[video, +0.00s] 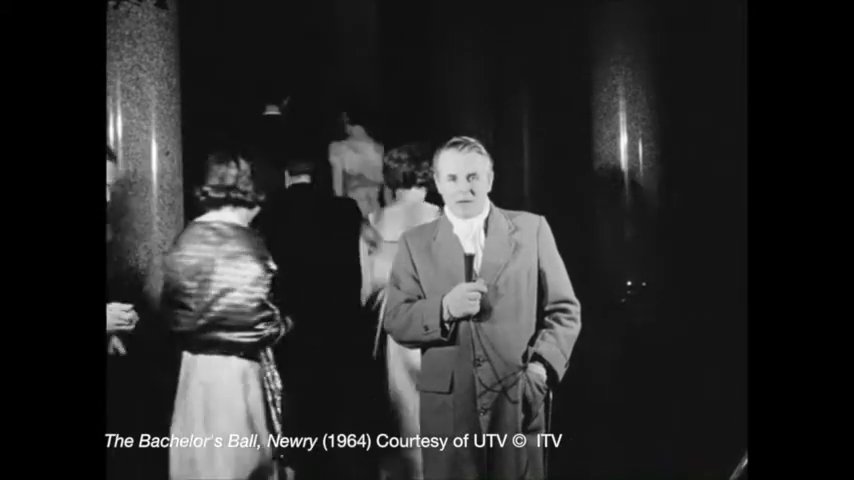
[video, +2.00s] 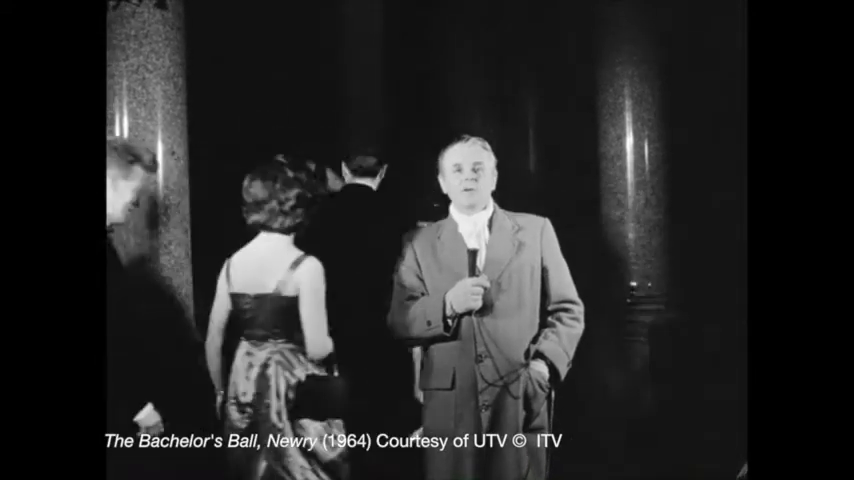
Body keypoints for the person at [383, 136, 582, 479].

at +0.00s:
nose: (463, 188)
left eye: (473, 177)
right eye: (452, 178)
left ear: (490, 180)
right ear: (437, 184)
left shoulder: (532, 229)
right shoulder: (414, 242)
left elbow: (563, 309)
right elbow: (396, 318)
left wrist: (542, 366)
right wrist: (443, 309)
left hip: (517, 398)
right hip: (446, 400)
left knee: (521, 474)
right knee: (446, 474)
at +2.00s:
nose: (468, 176)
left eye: (478, 167)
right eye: (457, 168)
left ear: (495, 178)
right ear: (442, 183)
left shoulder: (535, 231)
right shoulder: (420, 243)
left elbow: (566, 309)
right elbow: (399, 320)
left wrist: (544, 363)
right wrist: (446, 305)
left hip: (519, 398)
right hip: (449, 400)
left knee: (522, 474)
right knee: (449, 473)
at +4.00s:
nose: (472, 179)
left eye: (483, 171)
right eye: (464, 170)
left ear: (505, 180)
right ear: (453, 178)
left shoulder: (545, 232)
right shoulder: (428, 241)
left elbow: (577, 311)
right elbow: (409, 320)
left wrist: (554, 367)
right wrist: (457, 308)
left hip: (527, 399)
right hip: (457, 400)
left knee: (529, 475)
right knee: (459, 474)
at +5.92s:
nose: (466, 178)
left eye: (477, 169)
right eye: (456, 169)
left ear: (497, 181)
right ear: (444, 180)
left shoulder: (536, 232)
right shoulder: (419, 243)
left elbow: (568, 311)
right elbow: (400, 321)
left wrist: (548, 365)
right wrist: (450, 306)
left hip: (522, 397)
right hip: (451, 399)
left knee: (524, 475)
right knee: (454, 474)